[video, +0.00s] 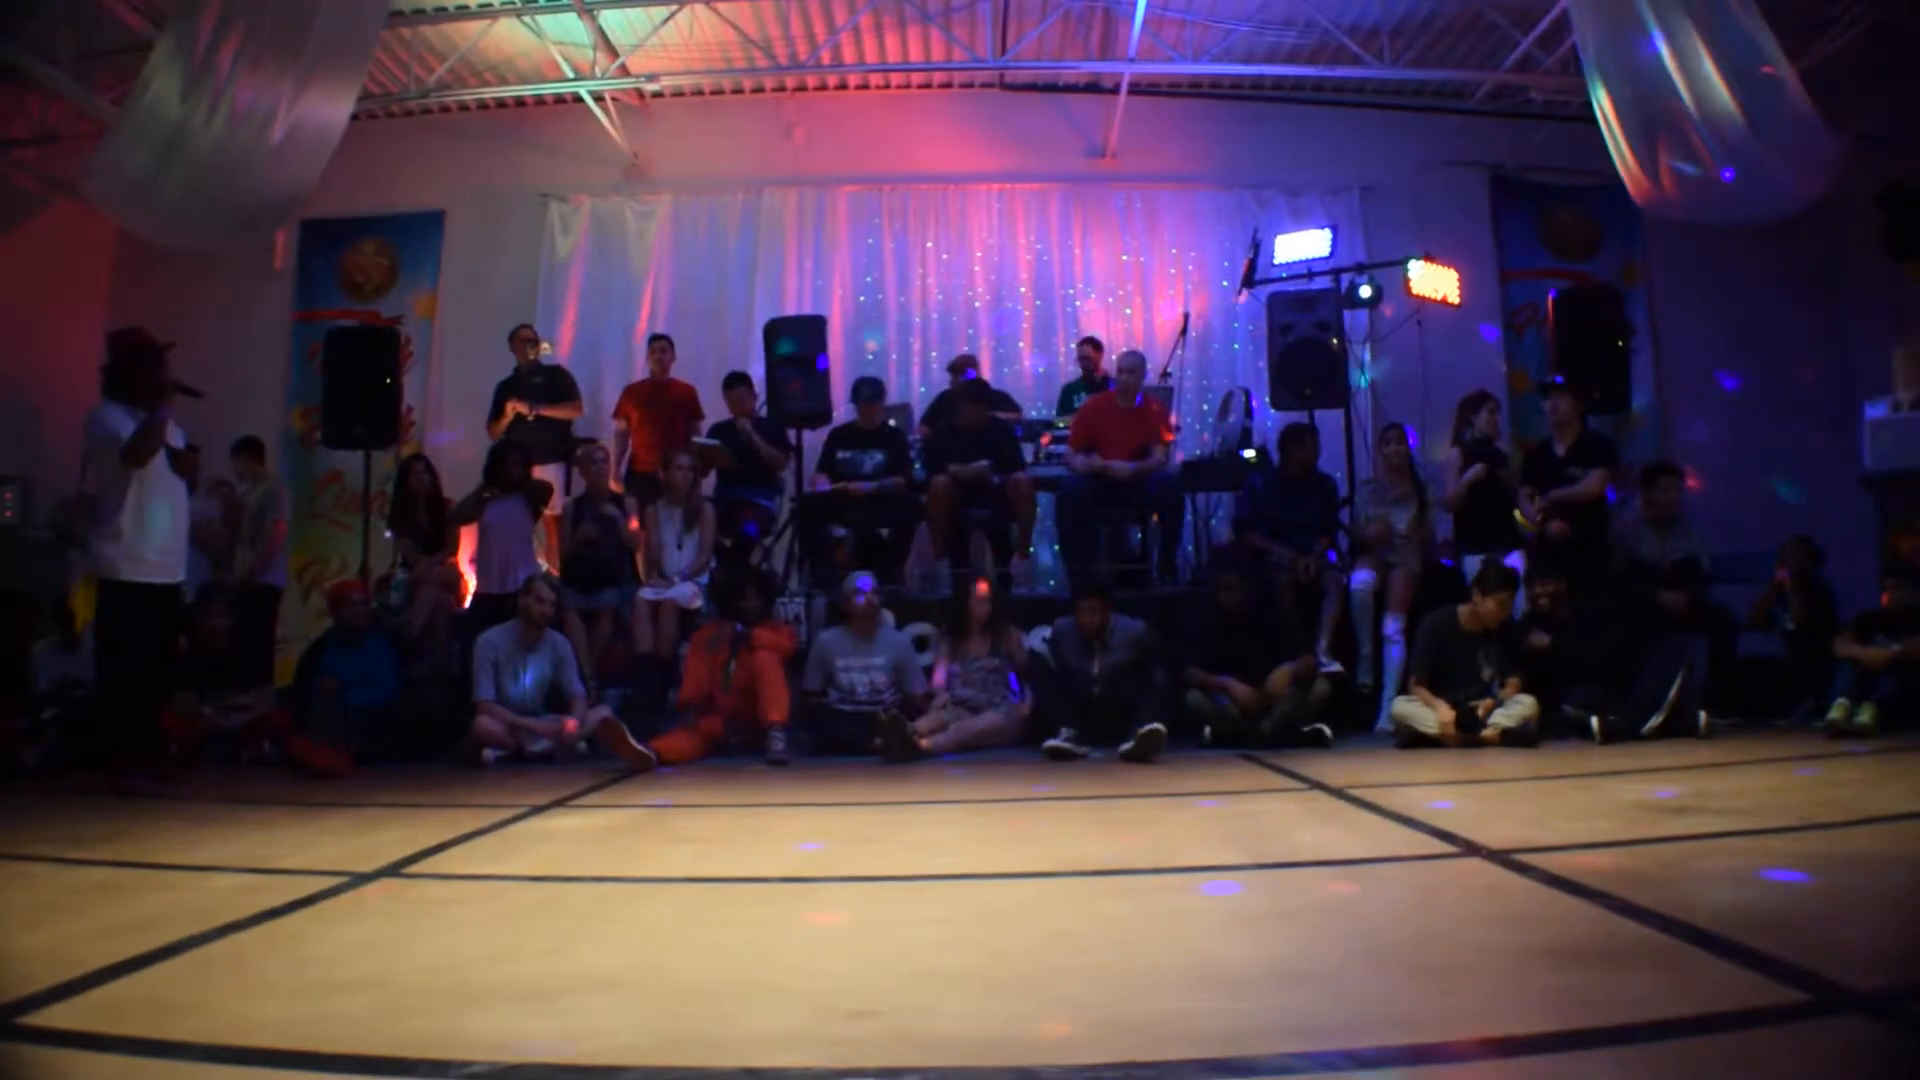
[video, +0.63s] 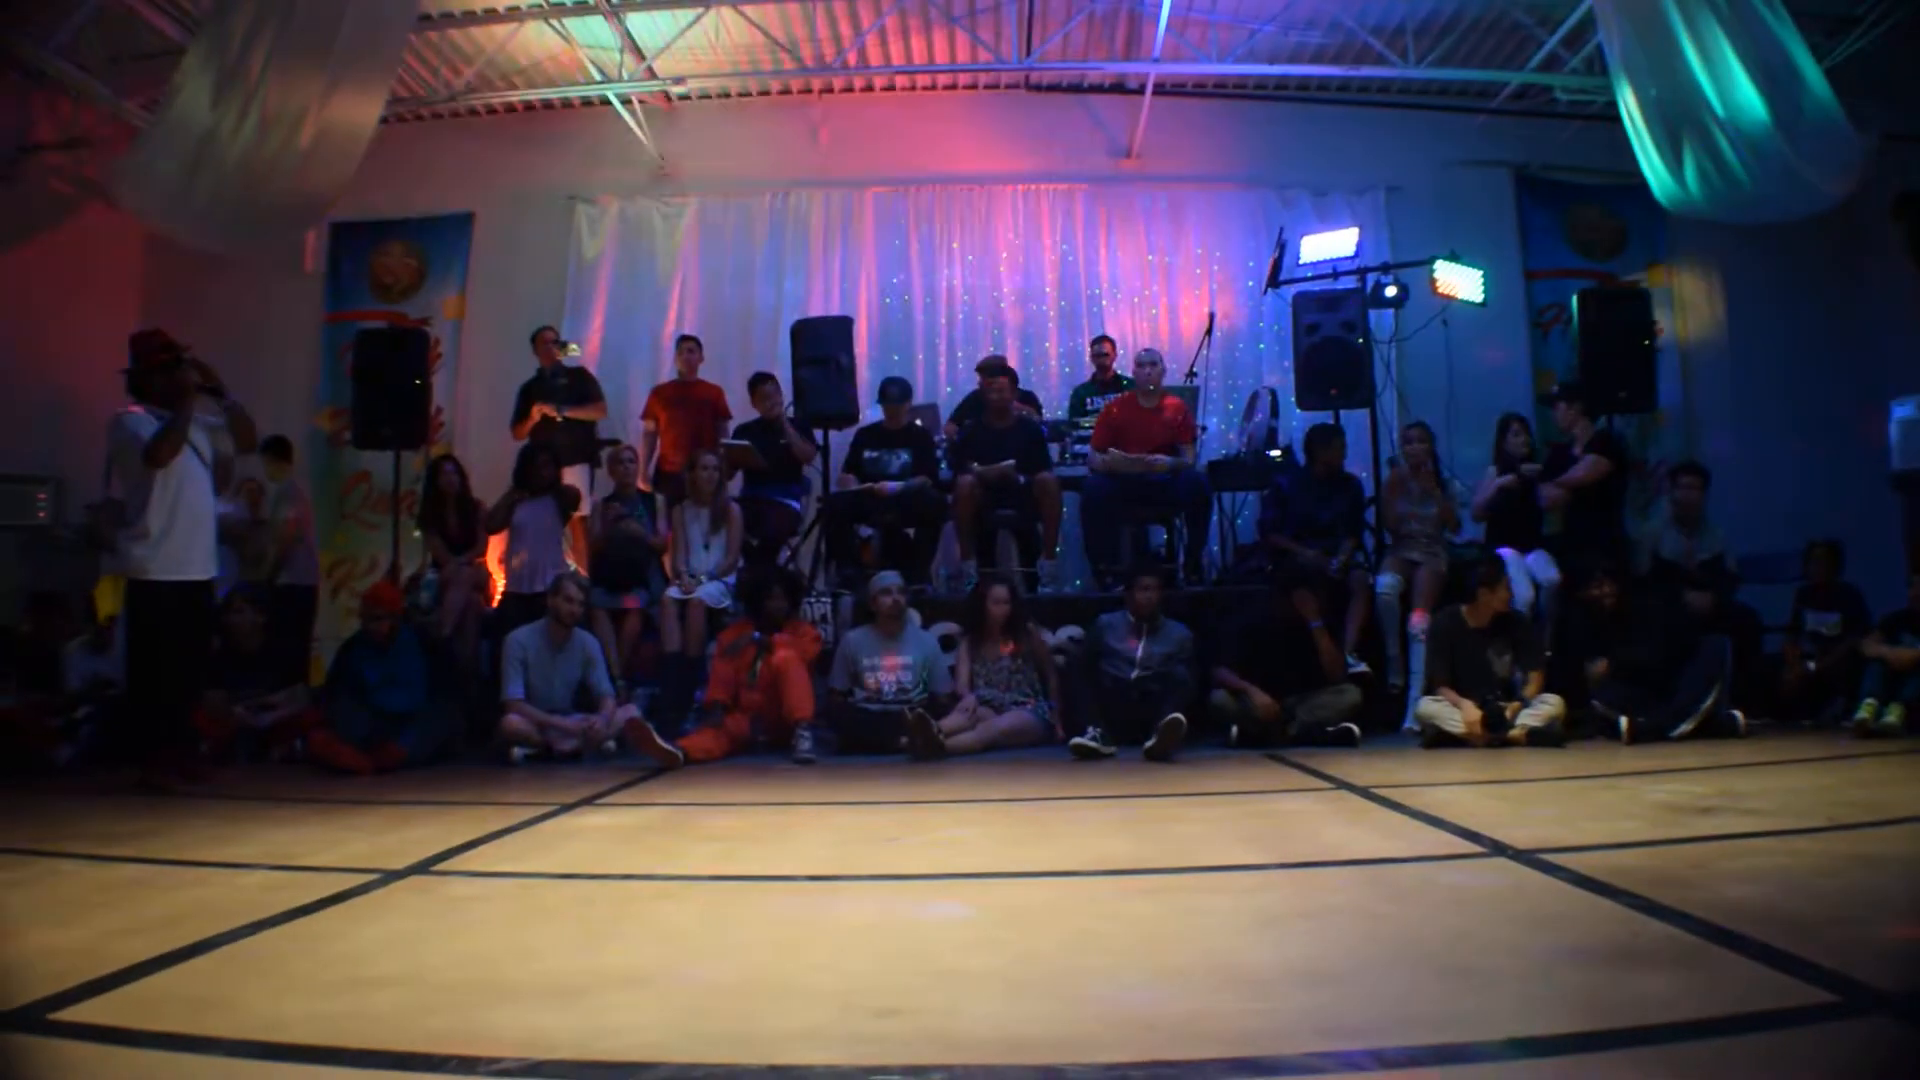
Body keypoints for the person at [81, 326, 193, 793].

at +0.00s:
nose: (161, 379)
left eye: (160, 372)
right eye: (152, 371)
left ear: (151, 377)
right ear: (128, 374)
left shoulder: (164, 425)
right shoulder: (106, 419)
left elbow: (189, 477)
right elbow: (132, 457)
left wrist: (180, 447)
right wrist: (160, 409)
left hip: (166, 574)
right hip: (125, 574)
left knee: (157, 674)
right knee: (124, 675)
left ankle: (152, 759)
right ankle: (120, 763)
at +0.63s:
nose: (176, 381)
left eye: (178, 371)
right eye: (164, 372)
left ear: (184, 376)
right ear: (142, 381)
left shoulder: (193, 427)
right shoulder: (131, 423)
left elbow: (247, 439)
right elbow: (157, 456)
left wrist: (220, 394)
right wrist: (184, 403)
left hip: (198, 576)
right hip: (154, 576)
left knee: (192, 677)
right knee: (154, 677)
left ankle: (188, 757)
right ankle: (151, 761)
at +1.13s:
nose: (183, 384)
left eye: (184, 376)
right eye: (171, 375)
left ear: (186, 382)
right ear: (147, 382)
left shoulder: (193, 428)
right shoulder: (130, 423)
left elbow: (250, 431)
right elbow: (157, 460)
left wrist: (211, 390)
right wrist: (185, 408)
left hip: (194, 577)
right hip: (152, 577)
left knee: (187, 678)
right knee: (153, 679)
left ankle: (183, 760)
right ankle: (150, 766)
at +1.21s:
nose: (182, 385)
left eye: (183, 377)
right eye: (170, 377)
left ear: (185, 383)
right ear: (148, 384)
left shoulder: (192, 430)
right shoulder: (131, 427)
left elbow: (248, 437)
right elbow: (156, 461)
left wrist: (216, 396)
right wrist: (185, 412)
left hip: (192, 577)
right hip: (151, 577)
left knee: (184, 677)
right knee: (151, 679)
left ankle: (178, 760)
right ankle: (148, 766)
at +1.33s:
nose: (180, 386)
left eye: (182, 377)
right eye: (169, 378)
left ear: (183, 384)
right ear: (147, 384)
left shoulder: (188, 430)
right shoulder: (129, 425)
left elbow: (245, 436)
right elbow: (153, 462)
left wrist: (213, 396)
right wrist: (183, 414)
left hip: (187, 577)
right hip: (148, 577)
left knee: (181, 678)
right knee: (149, 679)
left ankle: (175, 761)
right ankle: (147, 766)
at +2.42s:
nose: (179, 389)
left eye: (180, 381)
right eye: (169, 381)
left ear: (180, 385)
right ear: (146, 386)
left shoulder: (184, 431)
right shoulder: (127, 426)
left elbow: (241, 437)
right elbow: (158, 462)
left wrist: (214, 398)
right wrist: (187, 412)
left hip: (185, 580)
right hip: (148, 579)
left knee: (180, 678)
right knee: (148, 680)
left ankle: (174, 762)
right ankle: (147, 768)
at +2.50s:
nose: (179, 388)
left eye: (180, 380)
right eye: (169, 380)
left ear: (180, 384)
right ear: (146, 385)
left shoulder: (180, 432)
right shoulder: (129, 426)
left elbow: (240, 440)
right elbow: (159, 462)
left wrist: (216, 400)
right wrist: (188, 413)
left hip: (185, 579)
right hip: (149, 578)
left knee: (179, 678)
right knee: (149, 679)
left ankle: (174, 762)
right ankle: (147, 768)